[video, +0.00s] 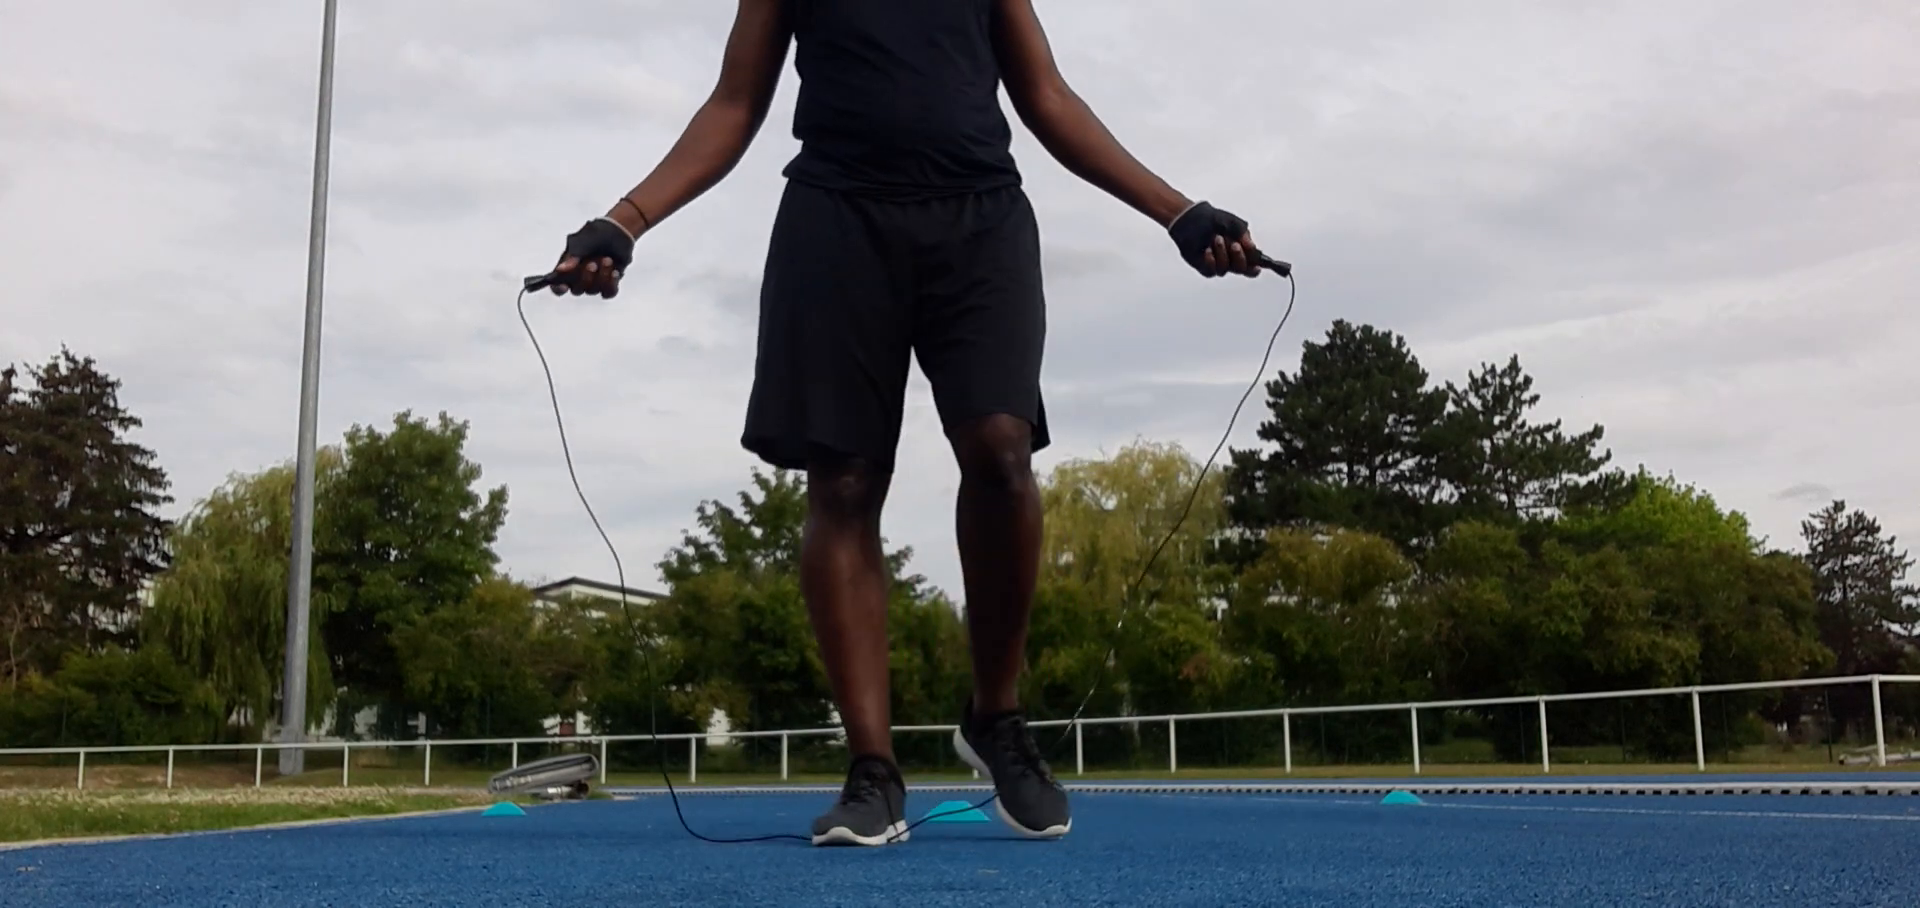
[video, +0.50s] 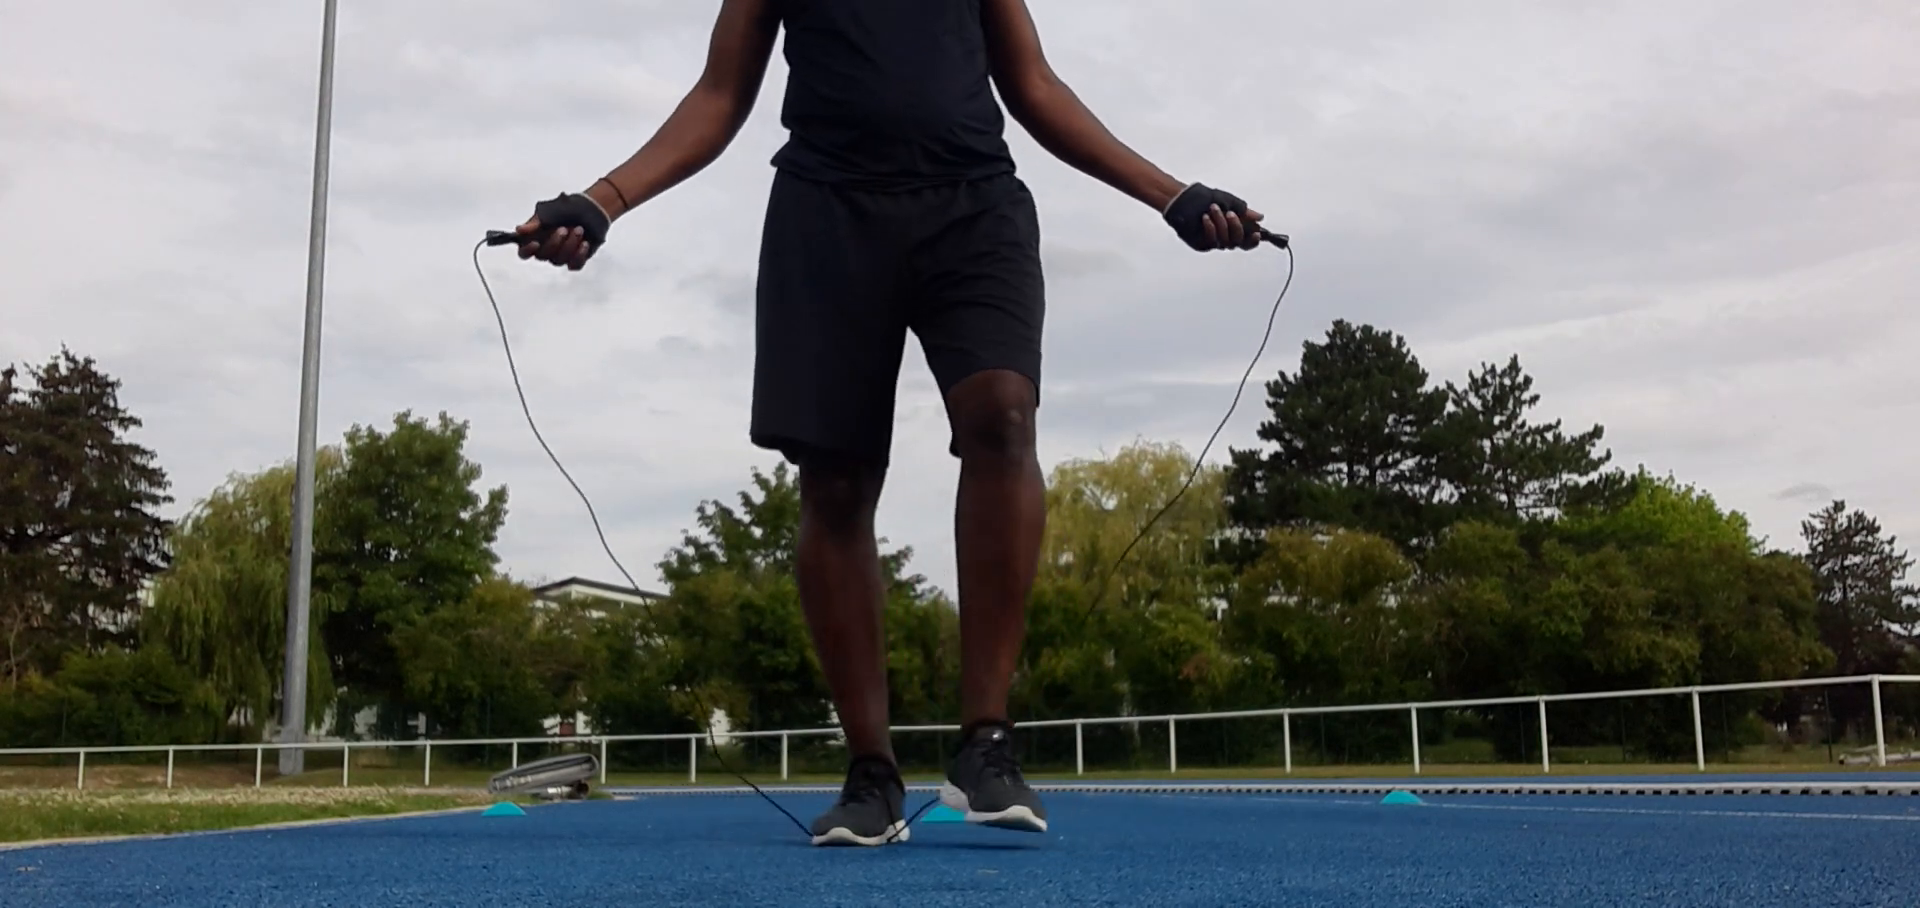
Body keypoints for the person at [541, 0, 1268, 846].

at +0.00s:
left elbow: (1046, 97)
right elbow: (736, 100)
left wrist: (1181, 211)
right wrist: (624, 220)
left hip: (979, 216)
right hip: (838, 219)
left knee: (1000, 450)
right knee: (843, 486)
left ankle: (999, 721)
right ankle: (871, 771)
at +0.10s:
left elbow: (1036, 99)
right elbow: (729, 101)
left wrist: (1172, 209)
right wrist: (622, 219)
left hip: (975, 205)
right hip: (834, 212)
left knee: (996, 410)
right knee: (839, 488)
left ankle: (972, 655)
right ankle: (872, 772)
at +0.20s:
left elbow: (1027, 96)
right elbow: (724, 101)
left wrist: (1164, 205)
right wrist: (617, 213)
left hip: (969, 193)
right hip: (829, 202)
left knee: (993, 377)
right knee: (837, 485)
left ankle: (954, 620)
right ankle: (872, 773)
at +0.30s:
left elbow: (1025, 94)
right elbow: (722, 98)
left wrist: (1164, 203)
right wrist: (612, 209)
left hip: (970, 189)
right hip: (830, 196)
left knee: (994, 375)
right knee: (836, 483)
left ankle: (946, 638)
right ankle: (870, 771)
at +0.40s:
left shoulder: (975, 2)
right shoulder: (760, 1)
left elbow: (1027, 90)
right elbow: (720, 95)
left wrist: (1168, 200)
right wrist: (606, 205)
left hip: (972, 197)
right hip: (829, 204)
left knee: (1001, 386)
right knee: (836, 487)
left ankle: (954, 691)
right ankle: (870, 772)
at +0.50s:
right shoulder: (764, 0)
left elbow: (1034, 88)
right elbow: (721, 91)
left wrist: (1175, 195)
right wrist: (601, 200)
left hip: (973, 200)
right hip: (828, 206)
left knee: (1000, 417)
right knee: (836, 486)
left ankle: (986, 744)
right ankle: (870, 775)